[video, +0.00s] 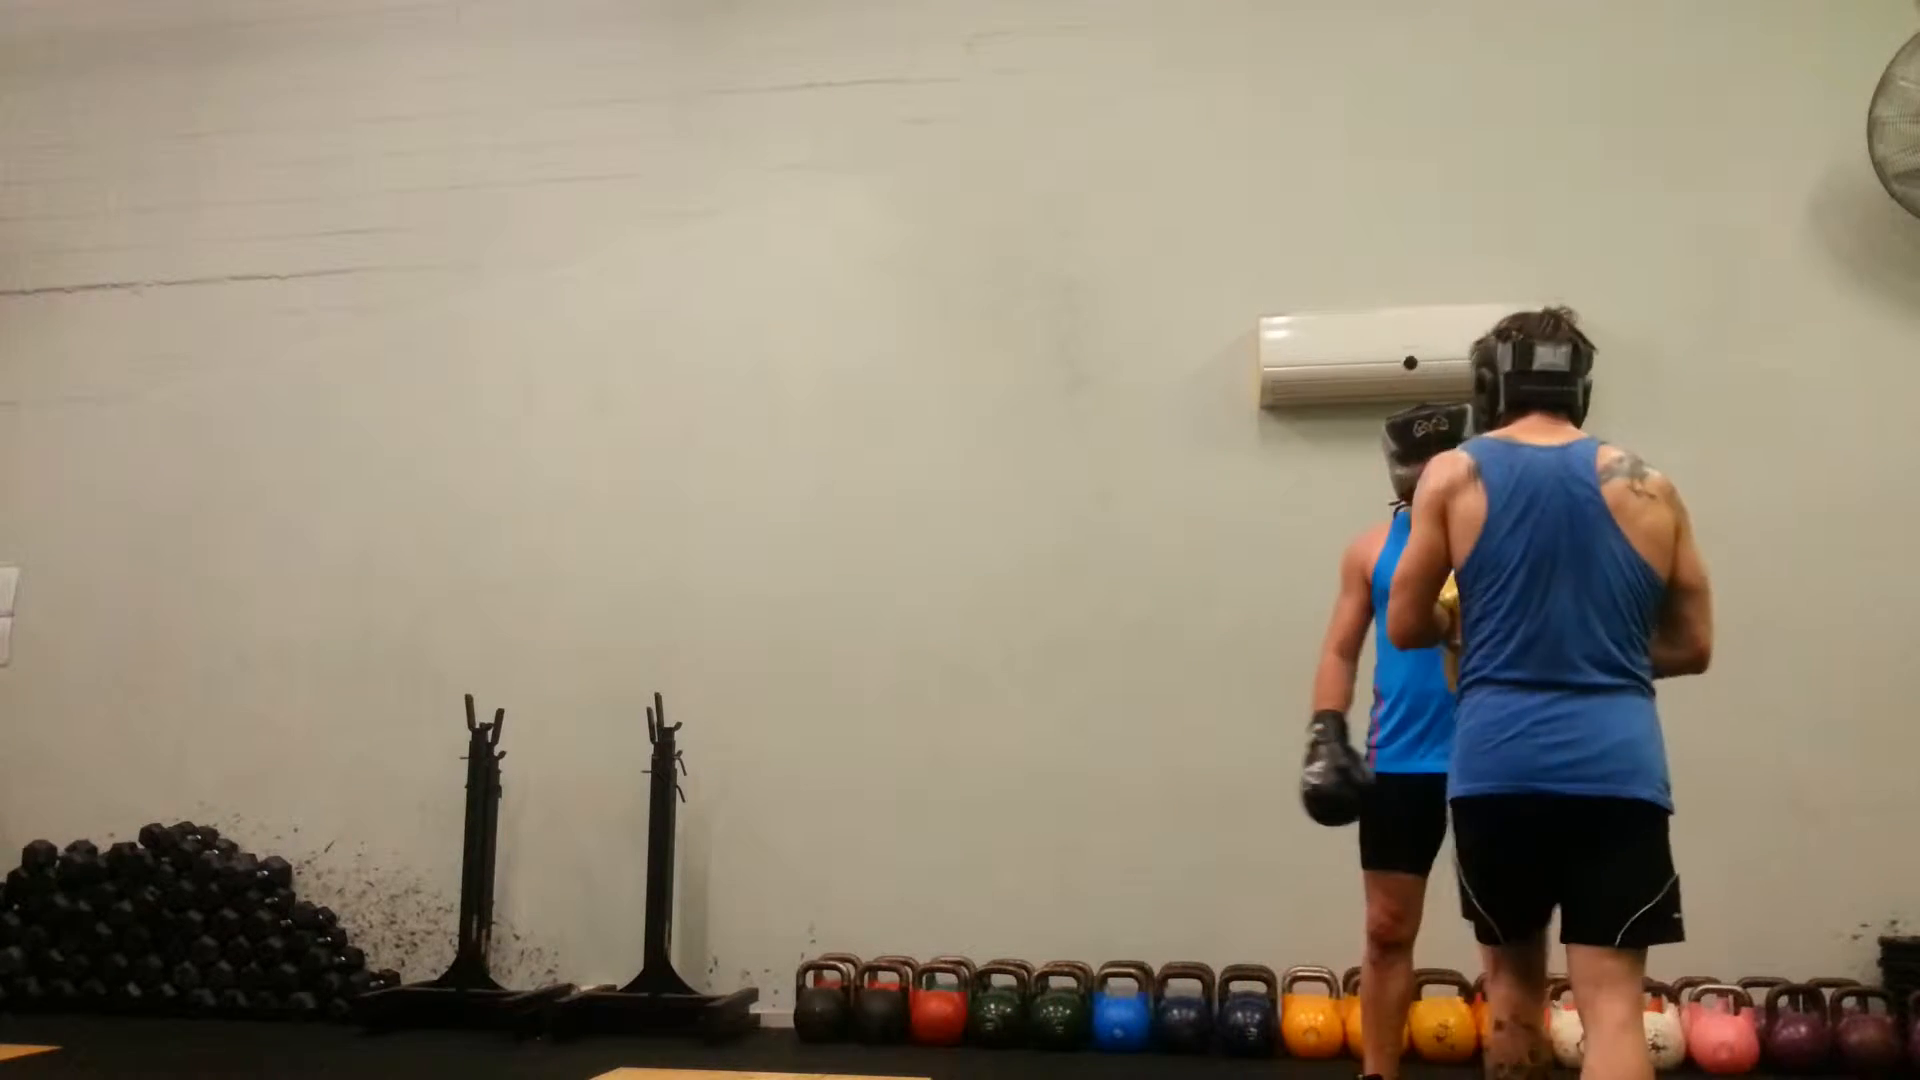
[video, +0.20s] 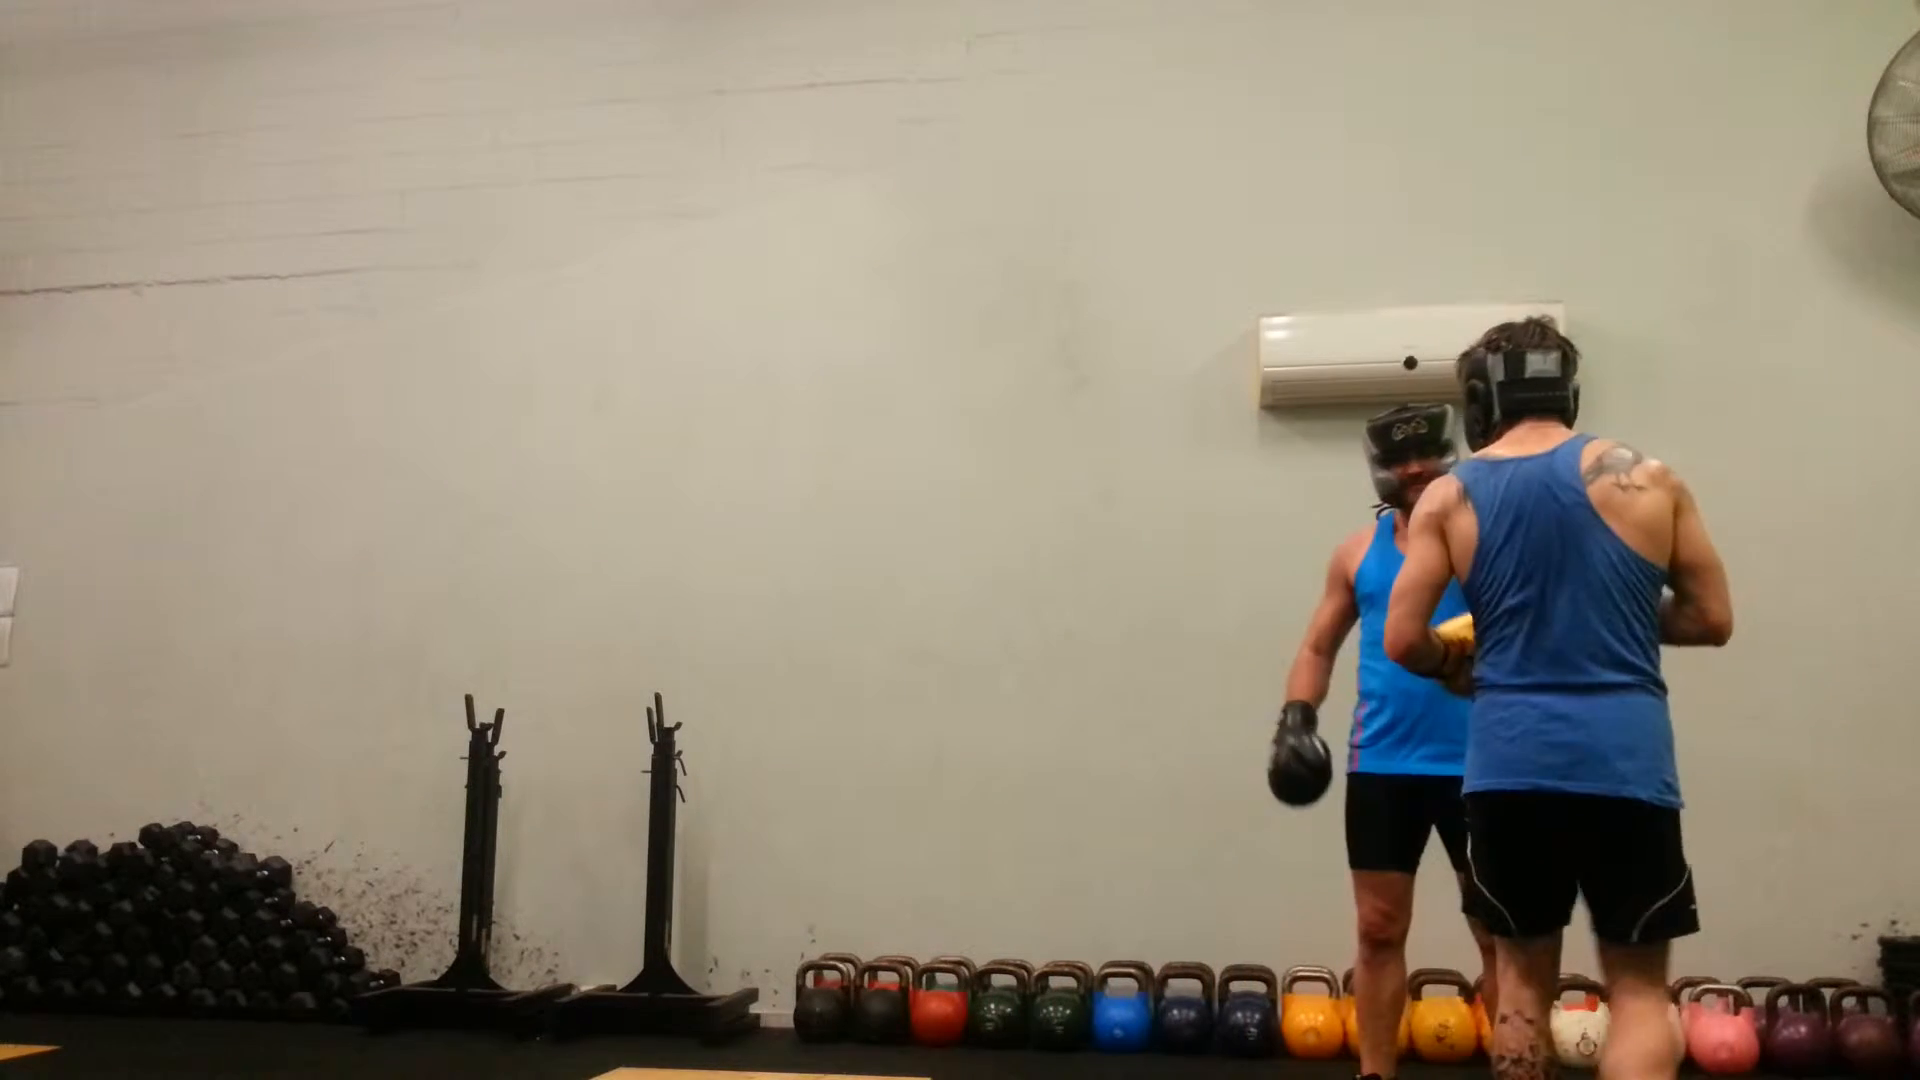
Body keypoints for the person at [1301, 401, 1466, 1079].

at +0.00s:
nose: (1428, 474)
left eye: (1440, 460)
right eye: (1416, 462)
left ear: (1463, 467)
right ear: (1396, 471)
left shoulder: (1499, 540)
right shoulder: (1373, 548)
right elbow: (1342, 648)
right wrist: (1327, 733)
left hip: (1492, 762)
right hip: (1403, 762)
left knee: (1506, 938)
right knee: (1387, 931)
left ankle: (1512, 1073)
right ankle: (1379, 1070)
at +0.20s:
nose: (1421, 486)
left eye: (1429, 471)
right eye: (1404, 477)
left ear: (1449, 465)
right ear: (1382, 480)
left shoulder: (1485, 539)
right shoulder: (1361, 550)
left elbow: (1526, 631)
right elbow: (1318, 647)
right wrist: (1296, 719)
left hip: (1475, 762)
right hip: (1383, 764)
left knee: (1498, 931)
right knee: (1378, 930)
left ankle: (1516, 1069)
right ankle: (1376, 1070)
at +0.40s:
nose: (1397, 485)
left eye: (1408, 472)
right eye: (1382, 474)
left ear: (1428, 468)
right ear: (1358, 478)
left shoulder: (1463, 541)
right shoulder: (1337, 552)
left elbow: (1509, 636)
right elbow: (1304, 644)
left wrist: (1473, 656)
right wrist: (1304, 682)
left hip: (1458, 767)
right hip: (1364, 767)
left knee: (1487, 935)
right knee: (1366, 929)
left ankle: (1509, 1070)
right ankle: (1372, 1072)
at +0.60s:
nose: (1375, 489)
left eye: (1387, 475)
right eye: (1359, 477)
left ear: (1409, 474)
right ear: (1337, 481)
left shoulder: (1440, 542)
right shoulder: (1316, 549)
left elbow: (1496, 643)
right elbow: (1275, 666)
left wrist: (1442, 562)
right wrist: (1312, 607)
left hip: (1437, 763)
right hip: (1345, 766)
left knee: (1478, 932)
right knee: (1356, 930)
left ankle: (1511, 1071)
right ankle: (1369, 1072)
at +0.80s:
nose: (1364, 498)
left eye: (1378, 484)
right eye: (1349, 485)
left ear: (1397, 479)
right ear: (1325, 480)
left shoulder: (1429, 543)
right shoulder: (1289, 550)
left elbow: (1482, 646)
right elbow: (1248, 657)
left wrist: (1435, 573)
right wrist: (1312, 588)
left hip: (1424, 756)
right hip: (1332, 765)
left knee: (1465, 918)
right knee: (1346, 928)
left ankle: (1489, 1064)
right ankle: (1364, 1070)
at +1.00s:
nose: (1366, 490)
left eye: (1379, 477)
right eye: (1353, 477)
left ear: (1392, 477)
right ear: (1321, 472)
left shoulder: (1418, 542)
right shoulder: (1274, 553)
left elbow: (1464, 646)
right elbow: (1242, 663)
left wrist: (1452, 610)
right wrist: (1313, 618)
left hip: (1419, 757)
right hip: (1330, 768)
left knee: (1443, 919)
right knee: (1344, 929)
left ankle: (1421, 1071)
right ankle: (1362, 1069)